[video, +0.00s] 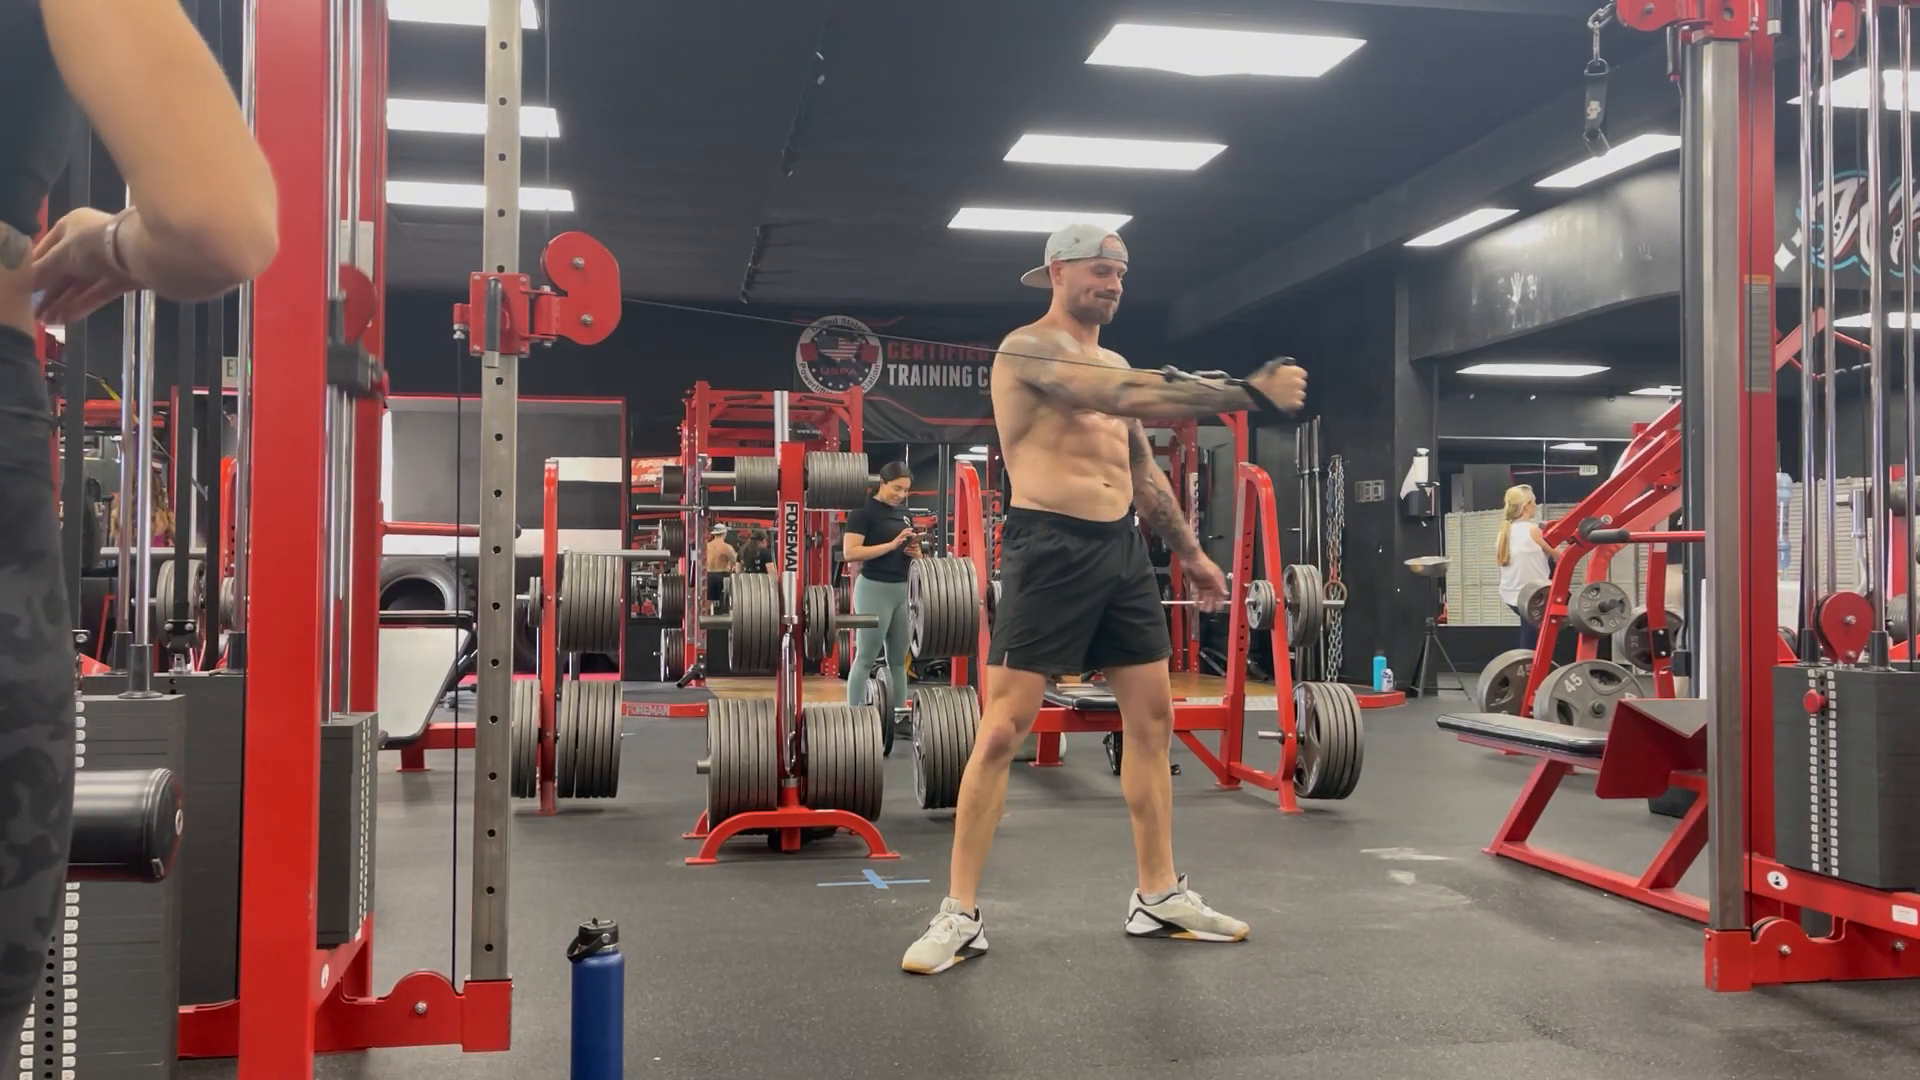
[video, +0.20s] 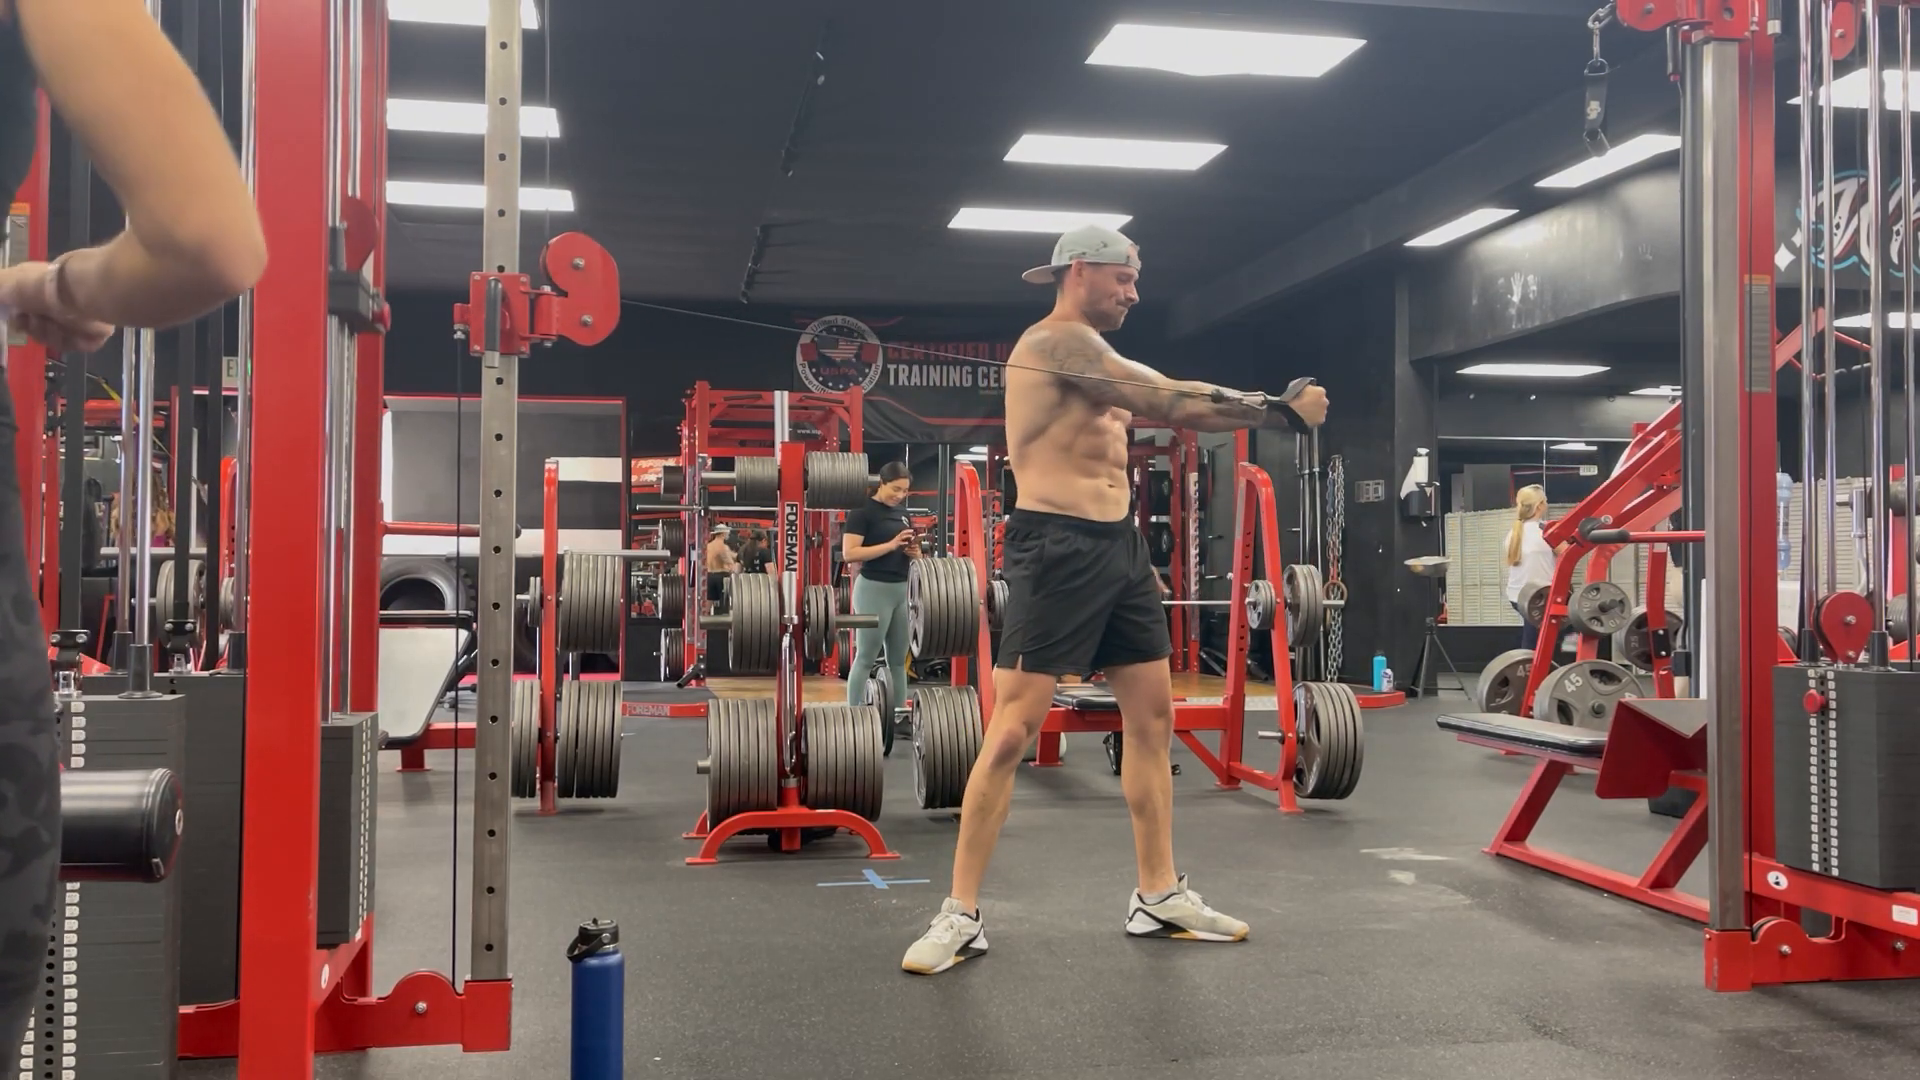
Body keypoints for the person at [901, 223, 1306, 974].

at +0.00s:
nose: (1112, 281)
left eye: (1119, 271)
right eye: (1097, 266)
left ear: (1119, 284)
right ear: (1055, 274)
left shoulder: (1121, 372)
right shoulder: (1024, 347)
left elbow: (1144, 474)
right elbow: (1110, 390)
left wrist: (1191, 552)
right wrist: (1248, 390)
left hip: (1124, 552)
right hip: (1046, 549)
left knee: (1152, 720)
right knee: (1000, 733)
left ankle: (1158, 894)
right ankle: (959, 910)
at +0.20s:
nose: (1133, 288)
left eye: (1135, 278)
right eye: (1122, 274)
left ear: (1101, 280)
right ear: (1077, 273)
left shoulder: (1104, 358)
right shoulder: (1055, 341)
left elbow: (1183, 410)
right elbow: (1158, 396)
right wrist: (1275, 405)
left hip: (1122, 551)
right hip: (1052, 549)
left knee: (1152, 720)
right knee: (1011, 734)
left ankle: (1159, 895)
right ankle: (961, 911)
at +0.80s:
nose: (1124, 291)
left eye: (1129, 281)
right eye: (1112, 275)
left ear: (1122, 290)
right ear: (1066, 275)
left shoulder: (1109, 359)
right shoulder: (1048, 340)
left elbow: (1181, 397)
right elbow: (1155, 395)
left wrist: (1275, 394)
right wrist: (1275, 398)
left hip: (1121, 551)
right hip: (1052, 548)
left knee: (1149, 720)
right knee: (1011, 736)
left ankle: (1159, 894)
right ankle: (961, 911)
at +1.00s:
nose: (1106, 287)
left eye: (1116, 277)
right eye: (1092, 272)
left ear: (1120, 289)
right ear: (1053, 276)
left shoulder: (1116, 371)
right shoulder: (1027, 345)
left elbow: (1139, 472)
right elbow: (1116, 389)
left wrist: (1184, 546)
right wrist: (1255, 389)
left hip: (1126, 550)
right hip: (1050, 549)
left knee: (1151, 721)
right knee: (1005, 733)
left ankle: (1158, 894)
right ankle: (960, 910)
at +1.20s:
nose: (1091, 283)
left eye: (1103, 273)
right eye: (1078, 270)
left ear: (1113, 285)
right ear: (1046, 275)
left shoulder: (1127, 371)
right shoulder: (1013, 345)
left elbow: (1166, 471)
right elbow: (1069, 391)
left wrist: (1220, 546)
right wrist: (1183, 385)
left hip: (1127, 552)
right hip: (1043, 549)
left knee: (1153, 720)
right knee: (1000, 730)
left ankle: (1159, 894)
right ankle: (961, 910)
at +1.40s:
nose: (1074, 280)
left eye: (1087, 269)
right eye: (1062, 268)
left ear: (1107, 280)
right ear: (1040, 279)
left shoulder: (1136, 365)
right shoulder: (1007, 343)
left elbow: (1190, 462)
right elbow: (1017, 388)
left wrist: (1256, 543)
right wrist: (1092, 363)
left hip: (1128, 550)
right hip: (1043, 549)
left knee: (1154, 719)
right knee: (996, 727)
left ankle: (1157, 894)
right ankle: (961, 910)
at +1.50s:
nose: (1065, 278)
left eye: (1079, 266)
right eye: (1053, 267)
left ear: (1104, 279)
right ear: (1034, 278)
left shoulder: (1140, 365)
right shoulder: (1005, 346)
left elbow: (1203, 460)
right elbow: (988, 383)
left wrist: (1272, 536)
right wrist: (1021, 365)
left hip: (1129, 551)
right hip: (1042, 552)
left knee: (1156, 719)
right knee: (993, 725)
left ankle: (1158, 894)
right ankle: (960, 910)